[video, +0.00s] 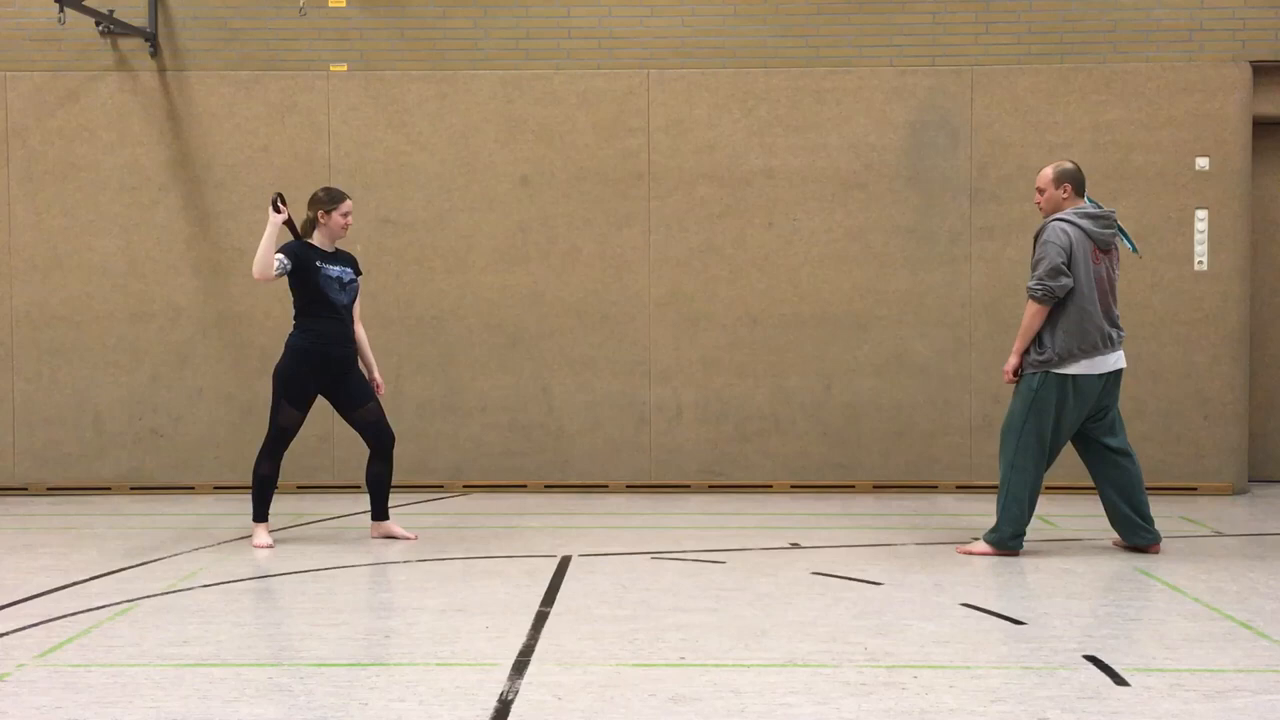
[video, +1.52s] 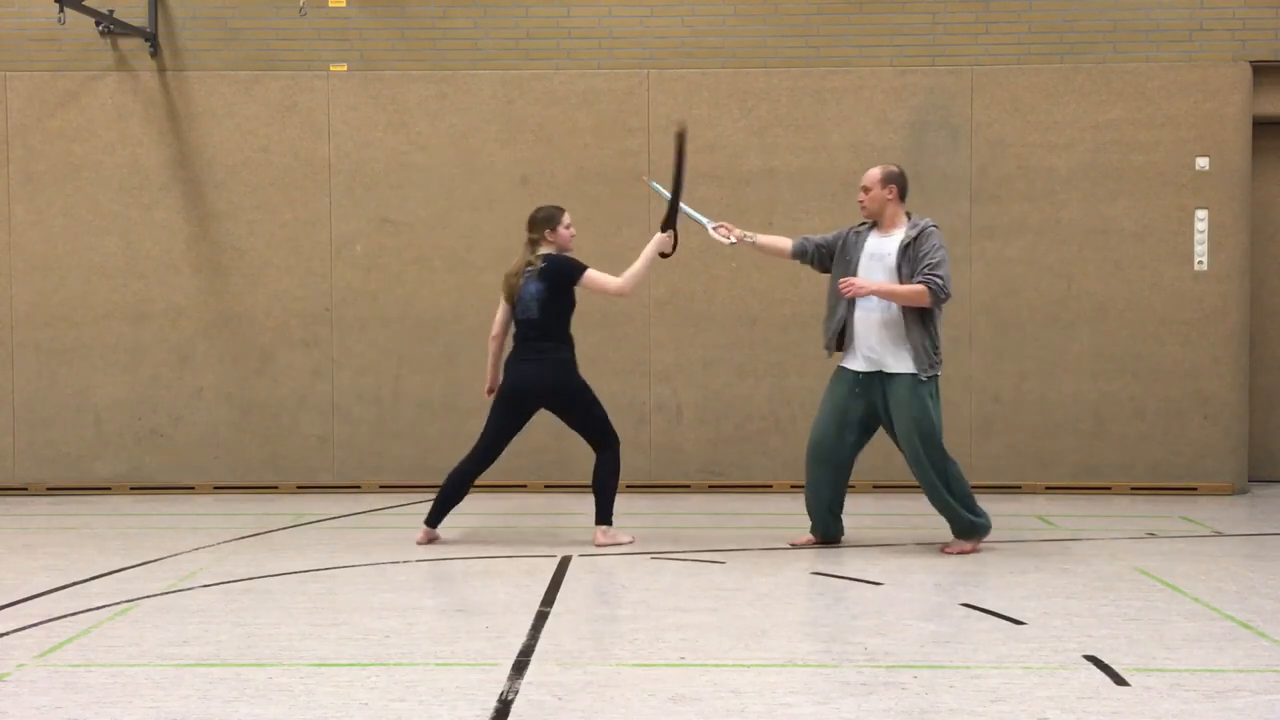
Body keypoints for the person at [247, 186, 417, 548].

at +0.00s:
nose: (350, 221)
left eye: (351, 215)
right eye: (344, 215)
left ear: (333, 216)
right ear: (323, 216)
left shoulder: (349, 263)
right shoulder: (299, 250)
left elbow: (354, 322)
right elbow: (262, 272)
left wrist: (372, 368)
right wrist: (274, 225)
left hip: (343, 366)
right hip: (302, 364)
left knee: (383, 439)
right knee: (276, 442)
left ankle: (381, 521)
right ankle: (260, 526)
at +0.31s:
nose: (357, 223)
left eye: (358, 216)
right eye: (352, 216)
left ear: (339, 219)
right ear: (330, 217)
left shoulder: (356, 263)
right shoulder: (305, 254)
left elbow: (362, 324)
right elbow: (264, 274)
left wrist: (380, 371)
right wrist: (280, 227)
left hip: (345, 369)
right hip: (305, 365)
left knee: (387, 441)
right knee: (276, 443)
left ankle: (381, 521)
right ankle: (260, 526)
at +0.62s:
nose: (384, 228)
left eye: (385, 221)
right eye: (379, 221)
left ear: (365, 223)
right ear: (357, 221)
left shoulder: (378, 268)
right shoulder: (329, 255)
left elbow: (381, 327)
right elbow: (287, 277)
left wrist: (402, 371)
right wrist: (306, 229)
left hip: (353, 374)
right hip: (315, 367)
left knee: (396, 440)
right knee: (281, 443)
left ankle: (381, 521)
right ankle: (260, 526)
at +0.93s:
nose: (439, 216)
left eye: (440, 210)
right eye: (433, 210)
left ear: (435, 214)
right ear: (414, 213)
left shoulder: (414, 255)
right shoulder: (395, 246)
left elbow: (400, 317)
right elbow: (417, 253)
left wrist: (414, 364)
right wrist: (423, 208)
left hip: (404, 365)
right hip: (380, 362)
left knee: (413, 444)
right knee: (387, 446)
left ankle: (382, 521)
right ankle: (319, 496)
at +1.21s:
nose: (500, 216)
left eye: (499, 210)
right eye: (495, 211)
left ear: (469, 218)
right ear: (476, 216)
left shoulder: (444, 256)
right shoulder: (484, 247)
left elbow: (437, 317)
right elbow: (540, 254)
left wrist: (451, 352)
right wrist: (558, 201)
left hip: (444, 360)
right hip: (477, 361)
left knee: (424, 442)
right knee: (525, 437)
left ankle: (388, 522)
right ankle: (562, 519)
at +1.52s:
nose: (574, 232)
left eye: (571, 226)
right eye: (567, 227)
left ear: (540, 235)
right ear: (548, 234)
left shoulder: (517, 273)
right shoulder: (561, 265)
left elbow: (498, 334)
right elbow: (621, 286)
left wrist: (492, 377)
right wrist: (653, 248)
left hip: (519, 380)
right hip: (558, 379)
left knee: (480, 455)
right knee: (607, 444)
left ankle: (428, 528)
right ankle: (604, 529)